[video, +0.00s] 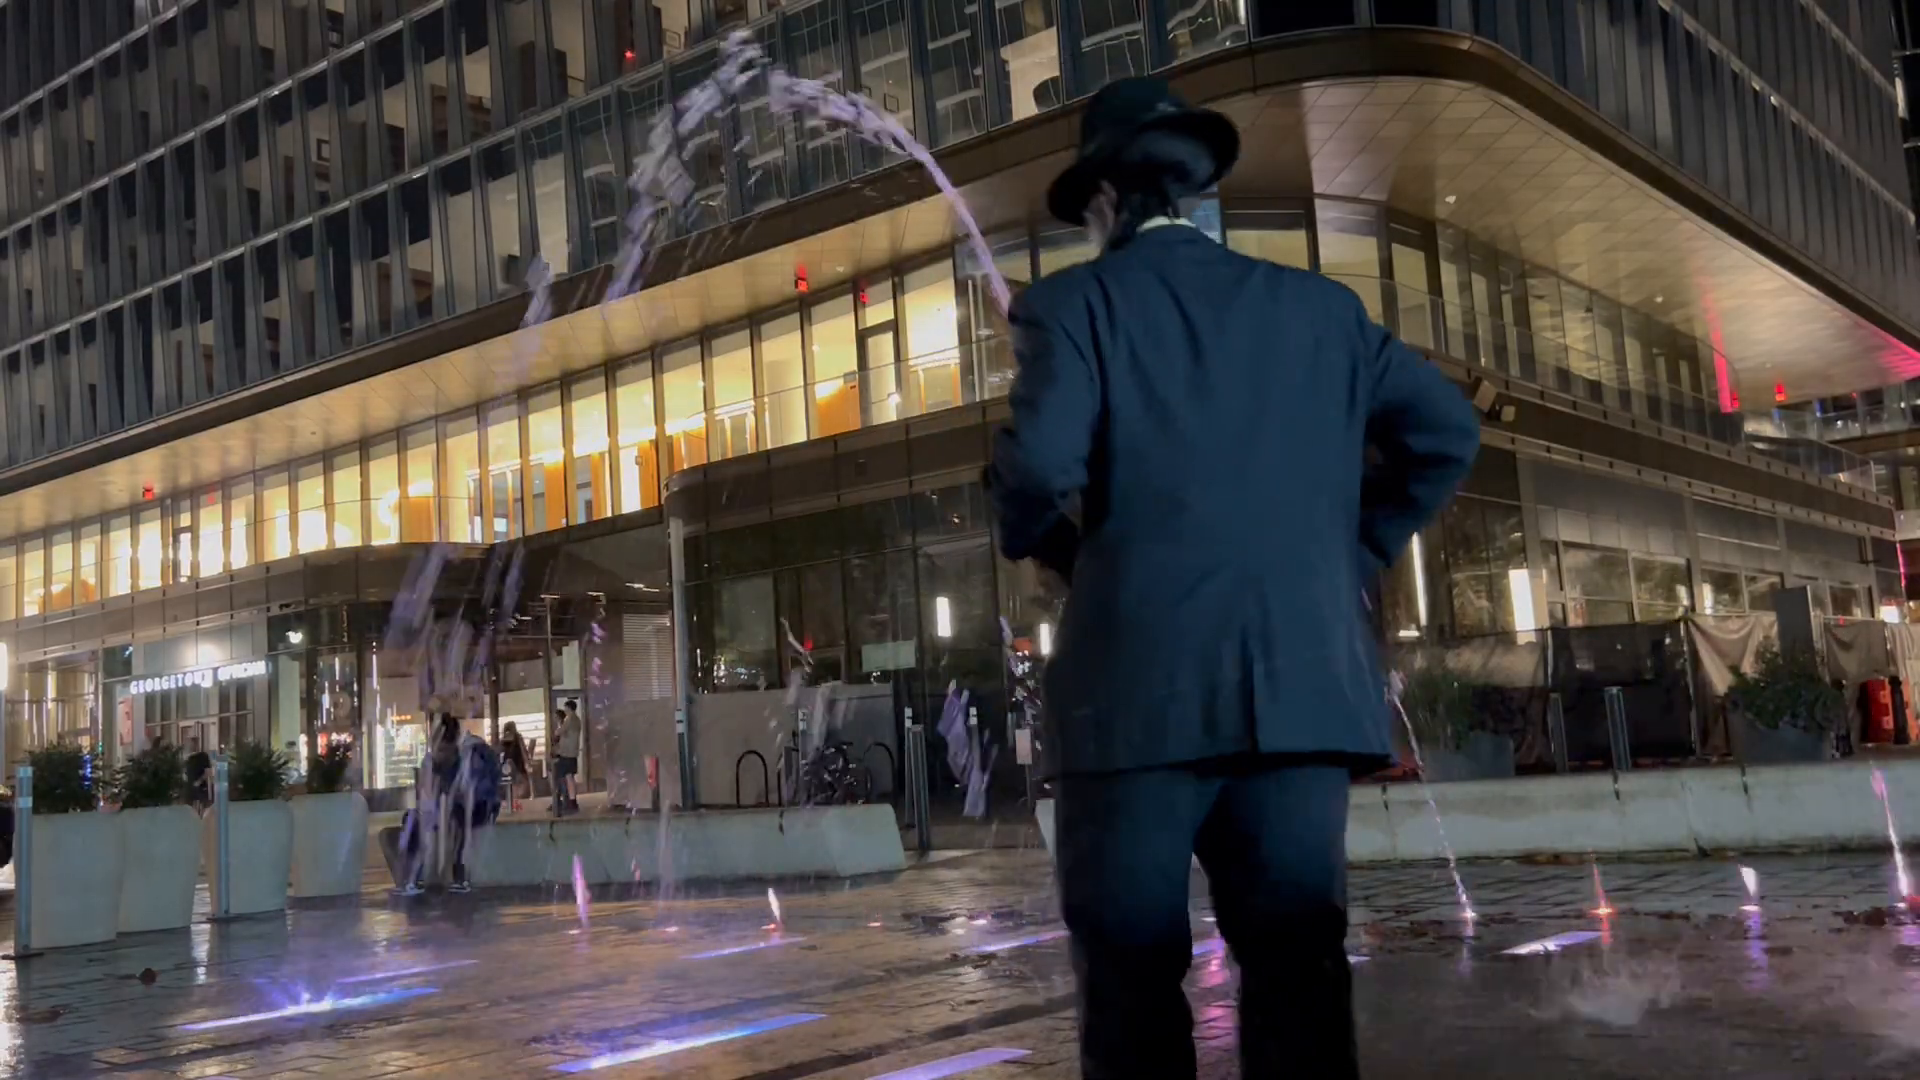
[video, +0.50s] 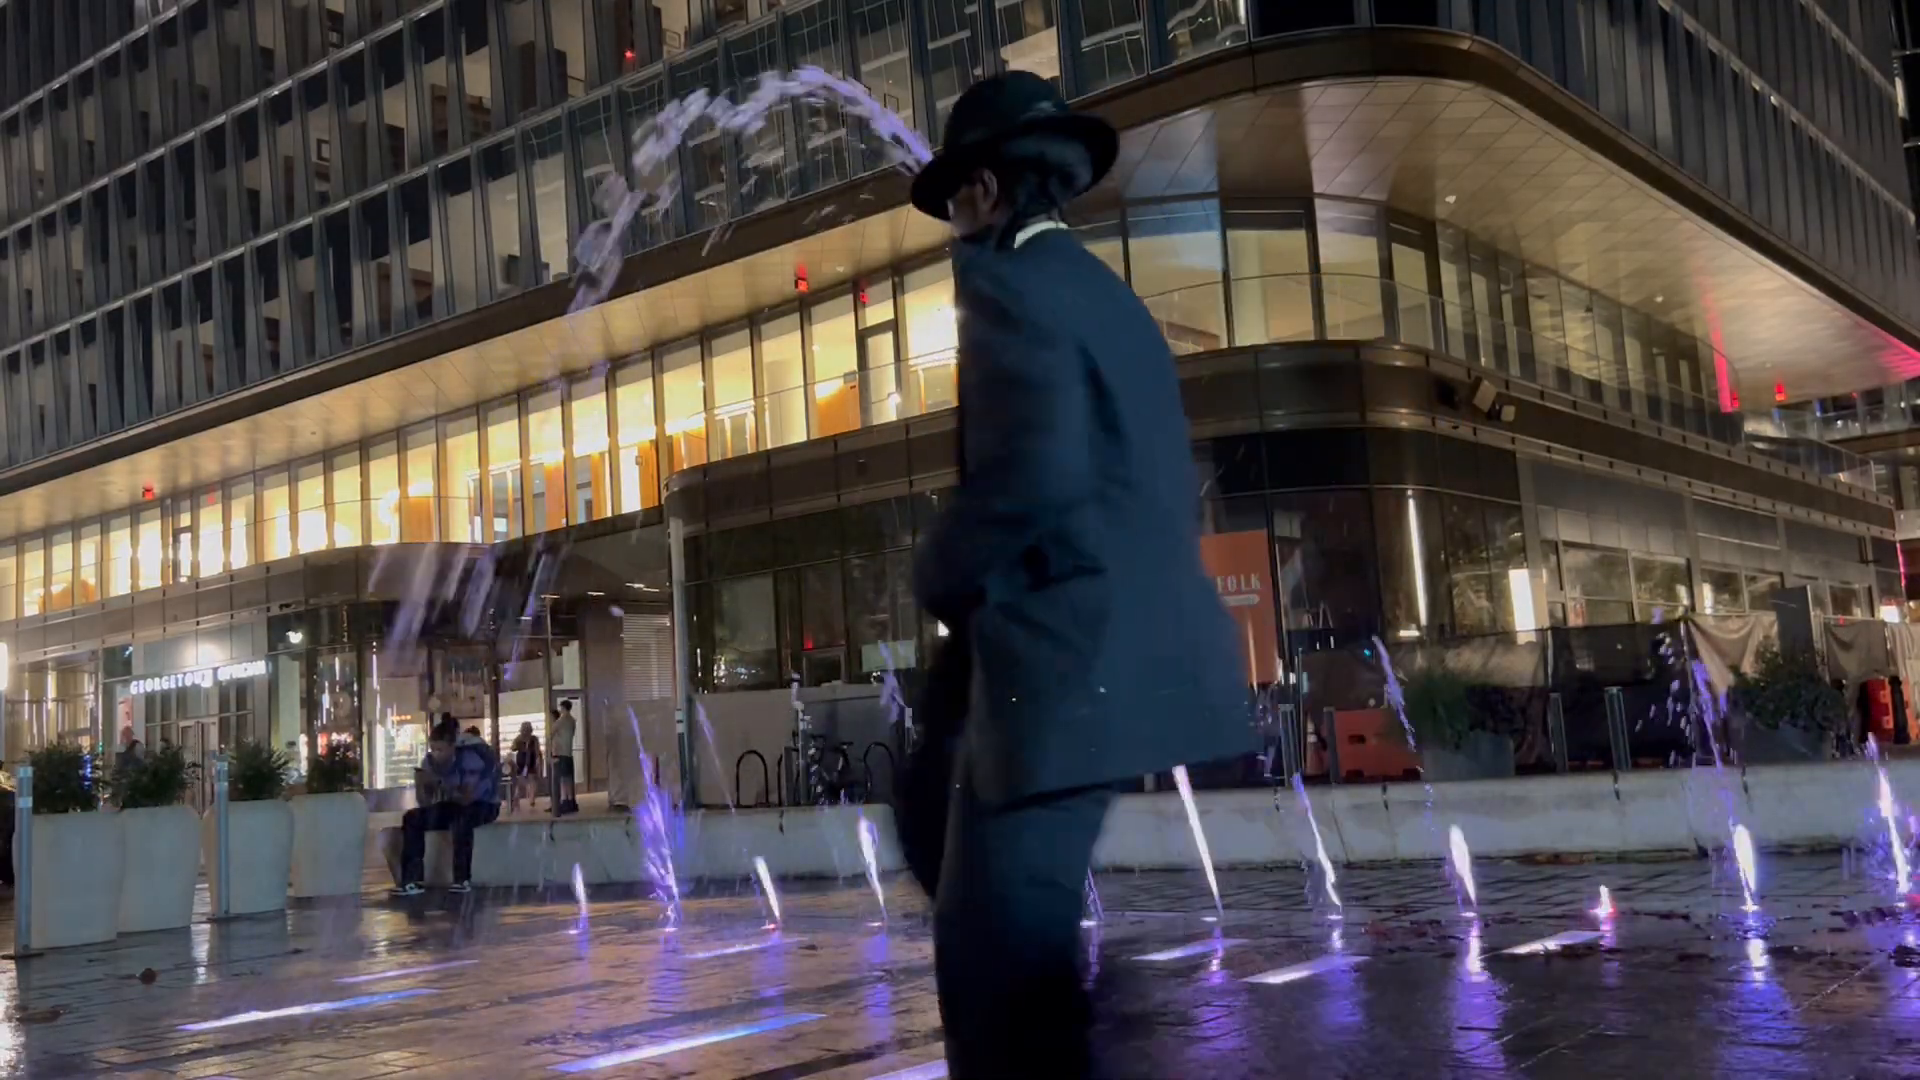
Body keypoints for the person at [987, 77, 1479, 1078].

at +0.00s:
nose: (1089, 227)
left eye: (1090, 206)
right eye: (1088, 208)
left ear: (1110, 200)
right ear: (1210, 200)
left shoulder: (1076, 300)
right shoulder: (1324, 307)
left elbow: (1039, 471)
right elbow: (1447, 429)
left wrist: (1042, 537)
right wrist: (1359, 546)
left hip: (1136, 693)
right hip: (1305, 689)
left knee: (1131, 998)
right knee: (1301, 986)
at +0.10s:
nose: (1045, 223)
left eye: (1050, 198)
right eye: (1044, 202)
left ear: (1089, 185)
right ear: (1171, 186)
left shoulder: (1052, 288)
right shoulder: (1288, 281)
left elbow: (1022, 451)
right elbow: (1409, 403)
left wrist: (1046, 543)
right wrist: (1324, 524)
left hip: (1148, 648)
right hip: (1316, 636)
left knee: (1124, 977)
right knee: (1320, 965)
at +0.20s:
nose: (1024, 240)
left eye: (1026, 218)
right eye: (1026, 219)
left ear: (1050, 215)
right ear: (1133, 212)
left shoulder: (1039, 314)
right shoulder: (1241, 321)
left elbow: (1049, 463)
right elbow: (1345, 462)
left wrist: (999, 534)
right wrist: (1273, 557)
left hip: (1158, 656)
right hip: (1303, 644)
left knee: (1087, 918)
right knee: (1321, 915)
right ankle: (1406, 1078)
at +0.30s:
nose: (991, 267)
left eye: (994, 244)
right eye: (991, 246)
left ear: (1021, 239)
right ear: (1093, 240)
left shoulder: (1033, 331)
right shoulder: (1159, 349)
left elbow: (1092, 487)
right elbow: (1231, 518)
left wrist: (995, 588)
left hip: (1144, 705)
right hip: (1255, 688)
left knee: (1054, 979)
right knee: (1296, 956)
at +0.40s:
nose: (957, 234)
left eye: (959, 210)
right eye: (956, 212)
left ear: (992, 206)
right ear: (1049, 204)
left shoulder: (1022, 292)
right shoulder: (1091, 298)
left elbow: (1090, 451)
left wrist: (985, 576)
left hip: (1095, 694)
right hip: (1149, 681)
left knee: (1017, 949)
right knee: (1143, 936)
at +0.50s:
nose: (952, 218)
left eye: (954, 194)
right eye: (951, 197)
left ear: (986, 188)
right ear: (1048, 186)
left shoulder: (1008, 277)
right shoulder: (1100, 288)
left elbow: (1035, 469)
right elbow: (1135, 488)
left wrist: (941, 573)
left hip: (1063, 663)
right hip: (1123, 650)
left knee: (994, 939)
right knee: (1018, 931)